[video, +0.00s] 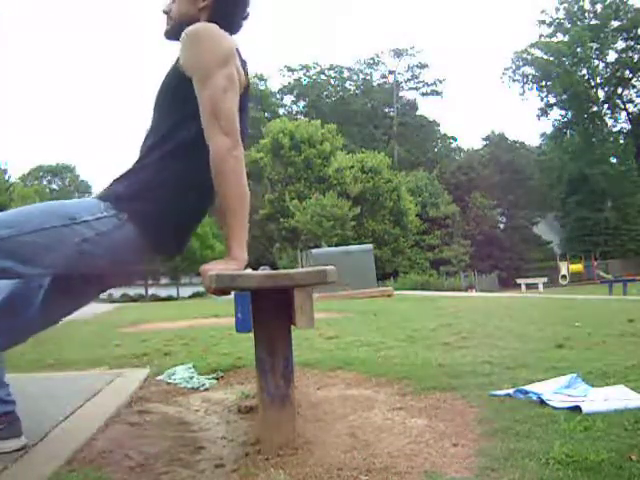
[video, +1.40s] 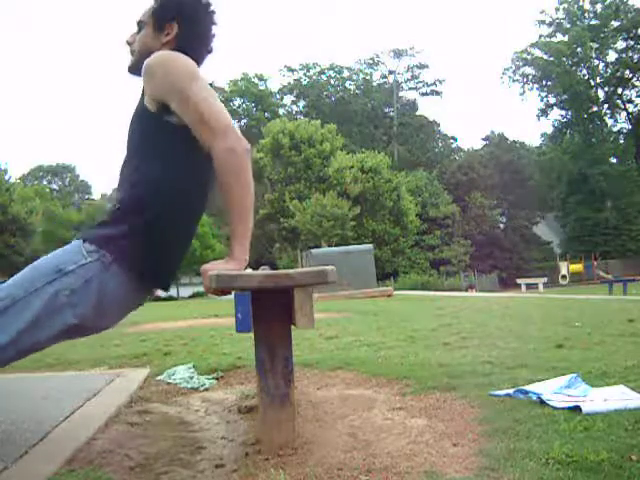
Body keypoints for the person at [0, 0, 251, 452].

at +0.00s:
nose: (168, 5)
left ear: (204, 4)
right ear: (211, 9)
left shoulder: (205, 36)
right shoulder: (224, 57)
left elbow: (226, 144)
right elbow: (221, 151)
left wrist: (237, 255)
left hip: (123, 219)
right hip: (144, 238)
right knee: (15, 315)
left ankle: (2, 415)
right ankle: (1, 418)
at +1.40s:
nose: (130, 38)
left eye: (141, 27)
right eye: (136, 27)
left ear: (168, 32)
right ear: (169, 35)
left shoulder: (166, 66)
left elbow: (231, 146)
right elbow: (238, 147)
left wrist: (238, 256)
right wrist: (239, 254)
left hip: (107, 263)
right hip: (123, 272)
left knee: (0, 331)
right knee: (3, 336)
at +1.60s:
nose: (100, 89)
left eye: (111, 78)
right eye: (105, 78)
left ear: (137, 83)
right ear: (139, 84)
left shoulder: (137, 111)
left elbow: (232, 151)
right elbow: (237, 151)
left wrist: (239, 257)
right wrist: (239, 256)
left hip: (135, 310)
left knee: (6, 357)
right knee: (9, 352)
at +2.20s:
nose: (93, 20)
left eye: (104, 10)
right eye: (99, 10)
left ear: (127, 20)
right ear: (128, 22)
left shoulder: (132, 61)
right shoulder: (164, 75)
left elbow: (189, 146)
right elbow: (199, 161)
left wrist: (233, 250)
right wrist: (232, 251)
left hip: (100, 247)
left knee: (2, 315)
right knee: (4, 320)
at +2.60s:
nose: (66, 84)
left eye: (77, 72)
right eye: (72, 72)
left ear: (102, 81)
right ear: (102, 81)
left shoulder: (113, 115)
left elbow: (219, 154)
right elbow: (206, 189)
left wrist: (238, 256)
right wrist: (234, 253)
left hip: (126, 303)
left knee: (5, 337)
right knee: (8, 334)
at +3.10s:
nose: (77, 29)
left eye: (88, 18)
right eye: (83, 18)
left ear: (116, 26)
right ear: (114, 27)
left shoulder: (125, 63)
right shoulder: (158, 75)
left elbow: (189, 145)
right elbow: (197, 157)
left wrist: (233, 253)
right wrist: (232, 251)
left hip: (109, 251)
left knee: (3, 312)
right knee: (5, 320)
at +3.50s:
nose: (64, 99)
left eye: (73, 86)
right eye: (69, 86)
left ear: (101, 91)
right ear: (102, 92)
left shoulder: (114, 122)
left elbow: (222, 154)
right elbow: (211, 190)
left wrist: (239, 259)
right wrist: (243, 251)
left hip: (134, 308)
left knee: (3, 338)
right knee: (9, 326)